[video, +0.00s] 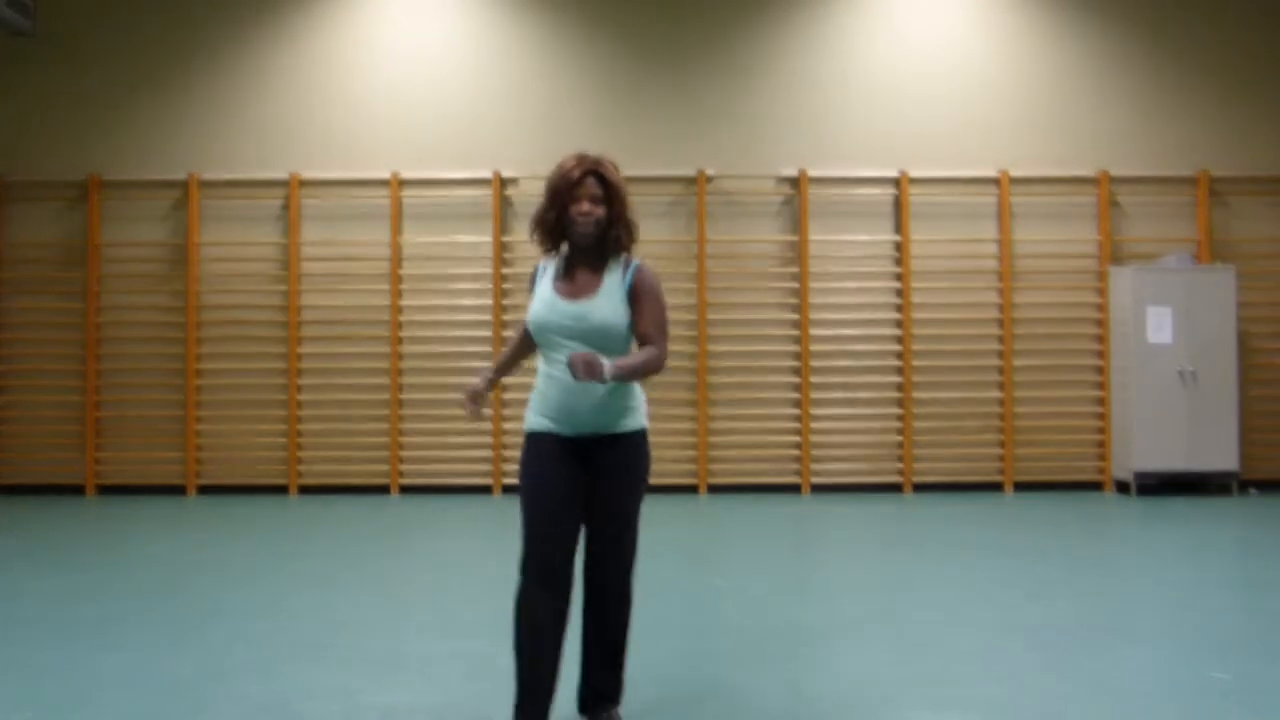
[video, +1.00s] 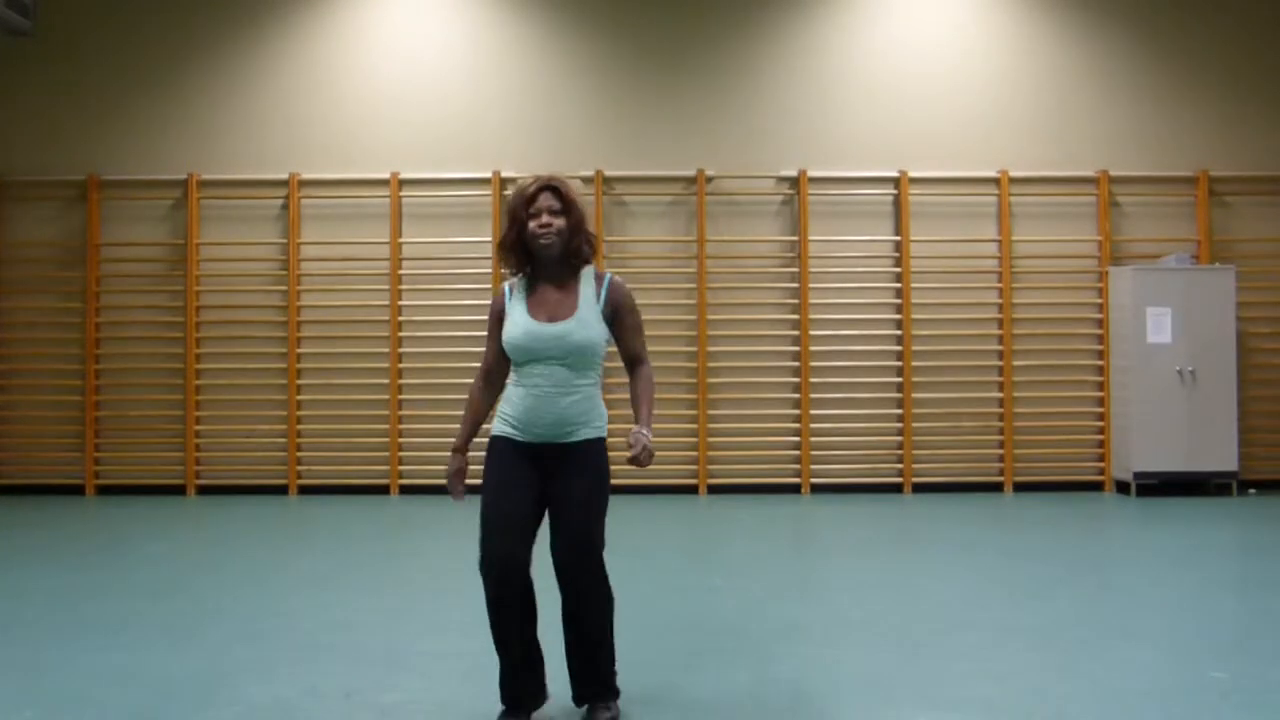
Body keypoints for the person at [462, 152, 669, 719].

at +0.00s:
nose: (586, 210)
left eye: (596, 201)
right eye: (576, 200)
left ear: (612, 211)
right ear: (559, 209)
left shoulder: (635, 276)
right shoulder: (544, 272)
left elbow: (655, 353)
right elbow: (530, 334)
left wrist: (610, 368)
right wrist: (490, 378)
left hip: (618, 443)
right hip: (550, 440)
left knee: (610, 580)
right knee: (543, 577)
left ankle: (601, 707)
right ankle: (530, 712)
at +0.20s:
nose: (582, 225)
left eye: (591, 216)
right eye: (571, 217)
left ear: (605, 225)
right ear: (555, 227)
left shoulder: (630, 298)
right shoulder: (534, 290)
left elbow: (649, 379)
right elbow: (516, 367)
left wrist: (627, 415)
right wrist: (467, 366)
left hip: (609, 457)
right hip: (542, 458)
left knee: (607, 584)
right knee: (525, 581)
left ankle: (601, 707)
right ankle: (521, 706)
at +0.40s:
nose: (561, 216)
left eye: (572, 207)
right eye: (550, 209)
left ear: (589, 216)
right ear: (537, 221)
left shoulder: (618, 290)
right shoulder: (516, 283)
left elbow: (634, 363)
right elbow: (485, 364)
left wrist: (642, 416)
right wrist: (492, 337)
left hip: (586, 446)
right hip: (517, 447)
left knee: (596, 571)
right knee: (515, 576)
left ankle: (601, 702)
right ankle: (517, 702)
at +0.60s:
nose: (548, 206)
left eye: (557, 196)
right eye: (537, 201)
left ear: (578, 206)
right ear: (524, 215)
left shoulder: (603, 279)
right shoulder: (507, 275)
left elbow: (611, 350)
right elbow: (484, 350)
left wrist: (645, 399)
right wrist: (511, 352)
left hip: (580, 440)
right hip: (511, 442)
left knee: (587, 572)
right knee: (517, 574)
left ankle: (601, 706)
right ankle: (518, 704)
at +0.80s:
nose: (549, 218)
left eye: (559, 210)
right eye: (538, 212)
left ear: (578, 221)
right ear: (525, 227)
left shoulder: (603, 287)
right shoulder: (507, 295)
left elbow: (612, 359)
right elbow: (488, 373)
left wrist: (640, 403)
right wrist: (487, 443)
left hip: (576, 451)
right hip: (512, 449)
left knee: (587, 566)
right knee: (514, 578)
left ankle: (602, 691)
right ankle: (520, 699)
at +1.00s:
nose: (544, 221)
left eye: (554, 212)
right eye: (534, 215)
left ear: (572, 223)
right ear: (522, 229)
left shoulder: (608, 292)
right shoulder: (508, 297)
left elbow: (637, 363)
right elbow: (489, 377)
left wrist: (643, 425)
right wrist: (459, 448)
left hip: (581, 450)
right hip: (512, 450)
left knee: (579, 566)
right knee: (500, 566)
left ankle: (598, 695)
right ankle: (521, 696)